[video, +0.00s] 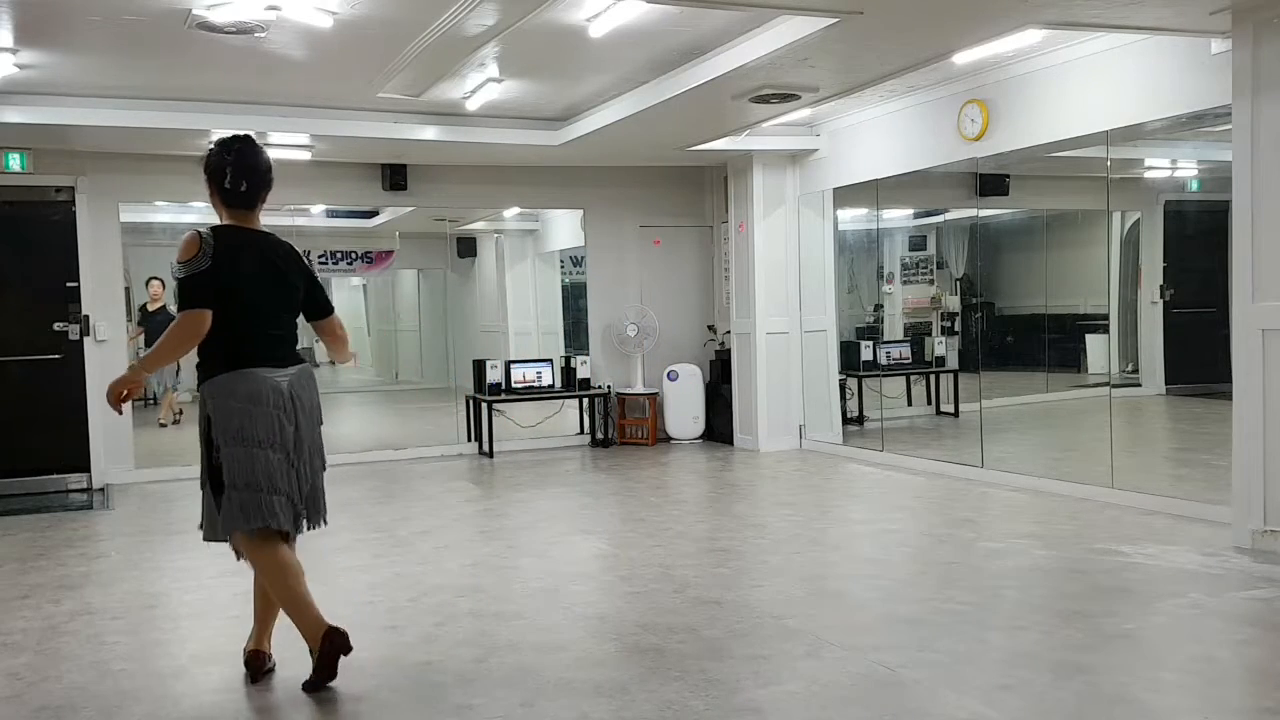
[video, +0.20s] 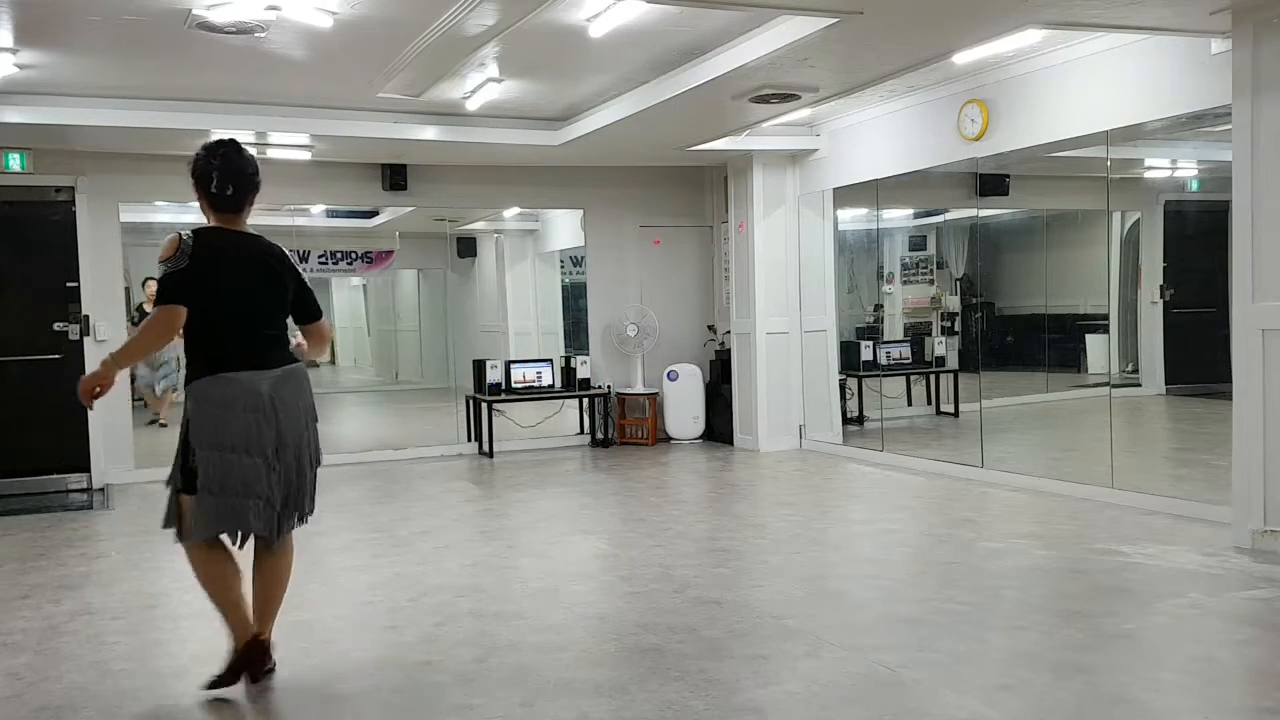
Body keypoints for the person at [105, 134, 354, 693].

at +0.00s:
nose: (206, 192)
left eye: (207, 184)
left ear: (212, 189)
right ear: (266, 190)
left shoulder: (204, 247)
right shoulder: (288, 254)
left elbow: (195, 322)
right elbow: (331, 328)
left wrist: (141, 372)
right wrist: (341, 348)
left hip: (237, 390)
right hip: (296, 385)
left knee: (251, 527)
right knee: (276, 523)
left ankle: (320, 634)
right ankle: (260, 646)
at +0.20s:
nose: (198, 194)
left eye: (196, 186)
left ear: (199, 194)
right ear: (255, 195)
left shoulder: (187, 251)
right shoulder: (276, 257)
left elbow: (168, 323)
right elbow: (319, 335)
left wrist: (111, 366)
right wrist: (307, 347)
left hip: (218, 398)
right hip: (285, 394)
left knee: (196, 527)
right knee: (275, 522)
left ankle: (246, 636)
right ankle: (259, 643)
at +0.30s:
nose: (193, 194)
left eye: (191, 187)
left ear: (193, 193)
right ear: (248, 195)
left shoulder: (178, 251)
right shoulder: (269, 255)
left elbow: (152, 321)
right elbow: (317, 334)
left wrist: (86, 360)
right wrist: (305, 350)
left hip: (205, 396)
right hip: (274, 394)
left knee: (179, 527)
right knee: (271, 521)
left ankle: (184, 656)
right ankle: (259, 647)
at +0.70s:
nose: (171, 192)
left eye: (149, 182)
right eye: (187, 183)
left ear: (140, 188)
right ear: (197, 191)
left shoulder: (113, 246)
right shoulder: (216, 253)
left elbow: (64, 320)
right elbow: (275, 321)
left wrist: (32, 300)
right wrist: (335, 353)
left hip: (137, 394)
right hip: (214, 392)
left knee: (137, 533)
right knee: (235, 522)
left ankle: (135, 671)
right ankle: (256, 647)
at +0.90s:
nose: (166, 194)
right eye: (170, 185)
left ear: (115, 190)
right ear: (171, 191)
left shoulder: (89, 250)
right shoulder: (190, 253)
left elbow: (63, 329)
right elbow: (247, 317)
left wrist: (86, 292)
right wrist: (329, 337)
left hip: (106, 395)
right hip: (184, 394)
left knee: (117, 532)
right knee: (195, 510)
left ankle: (133, 670)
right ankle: (210, 624)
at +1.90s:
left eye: (196, 186)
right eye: (236, 184)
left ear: (184, 191)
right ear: (239, 190)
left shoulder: (165, 250)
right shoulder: (266, 251)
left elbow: (131, 324)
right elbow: (333, 314)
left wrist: (81, 318)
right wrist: (362, 314)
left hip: (188, 396)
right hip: (262, 393)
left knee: (164, 523)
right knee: (277, 518)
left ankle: (136, 656)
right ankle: (286, 644)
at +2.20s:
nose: (230, 196)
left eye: (229, 188)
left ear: (230, 194)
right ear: (284, 193)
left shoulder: (217, 253)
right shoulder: (307, 252)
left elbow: (180, 324)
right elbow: (361, 312)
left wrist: (117, 317)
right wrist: (393, 347)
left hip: (239, 395)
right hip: (310, 394)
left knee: (211, 528)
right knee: (304, 522)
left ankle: (196, 655)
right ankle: (288, 645)